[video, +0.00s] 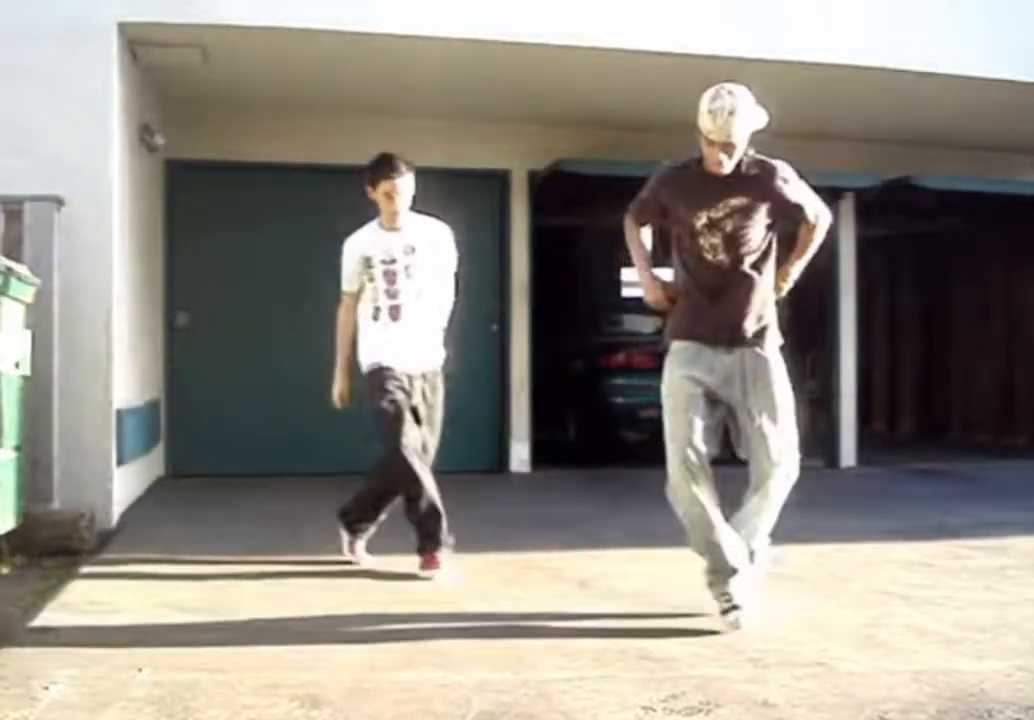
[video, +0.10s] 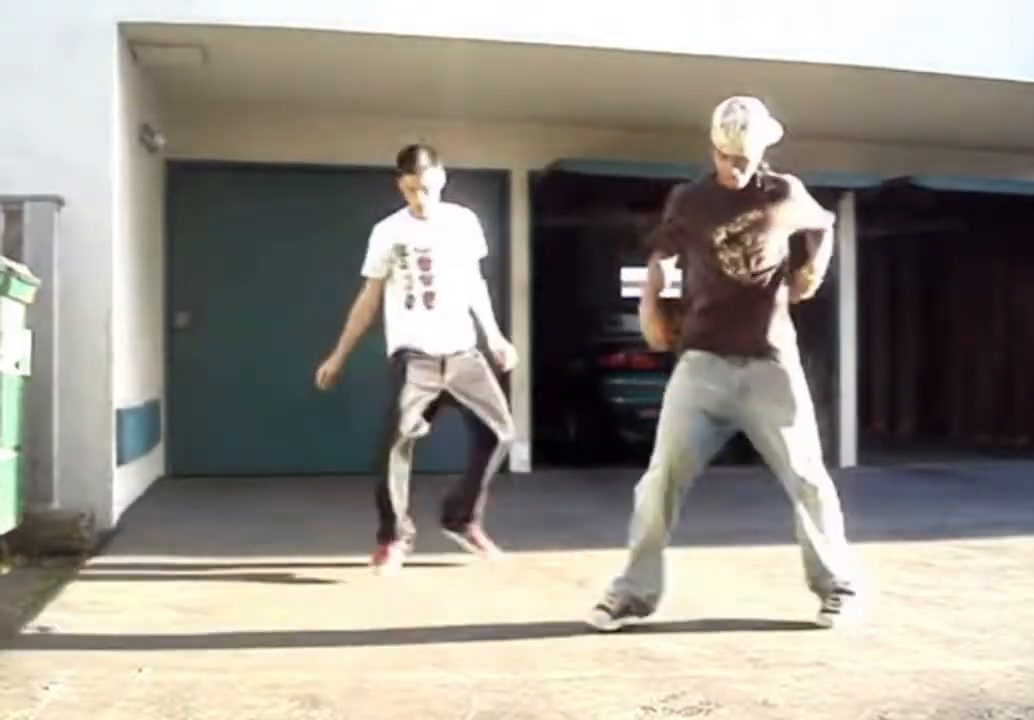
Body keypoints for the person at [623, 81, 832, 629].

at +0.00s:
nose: (723, 154)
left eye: (733, 144)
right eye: (715, 144)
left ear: (749, 135)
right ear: (701, 133)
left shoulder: (771, 178)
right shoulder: (672, 181)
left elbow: (817, 219)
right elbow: (634, 220)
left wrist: (785, 276)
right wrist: (648, 281)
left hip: (755, 342)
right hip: (690, 341)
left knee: (778, 461)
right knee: (684, 463)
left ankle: (739, 558)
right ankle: (725, 578)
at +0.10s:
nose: (734, 167)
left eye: (744, 158)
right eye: (726, 157)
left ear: (763, 150)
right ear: (713, 148)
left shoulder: (785, 193)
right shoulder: (687, 201)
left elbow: (822, 226)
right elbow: (657, 258)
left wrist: (810, 274)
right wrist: (650, 312)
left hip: (771, 365)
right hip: (701, 362)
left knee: (806, 476)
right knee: (663, 473)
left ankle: (836, 587)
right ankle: (634, 590)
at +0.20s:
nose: (733, 181)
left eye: (744, 171)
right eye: (726, 169)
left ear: (762, 164)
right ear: (714, 159)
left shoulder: (783, 213)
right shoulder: (685, 218)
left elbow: (825, 259)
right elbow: (664, 290)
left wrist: (837, 270)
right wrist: (666, 314)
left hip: (778, 380)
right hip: (709, 378)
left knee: (811, 484)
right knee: (669, 484)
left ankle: (847, 588)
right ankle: (596, 595)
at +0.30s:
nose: (725, 161)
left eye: (736, 152)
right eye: (718, 150)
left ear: (754, 145)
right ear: (705, 139)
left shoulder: (773, 187)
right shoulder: (674, 187)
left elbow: (835, 238)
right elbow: (619, 243)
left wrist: (799, 236)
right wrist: (675, 246)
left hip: (751, 352)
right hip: (687, 344)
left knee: (784, 467)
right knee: (674, 454)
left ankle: (823, 584)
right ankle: (623, 593)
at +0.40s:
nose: (713, 151)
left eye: (724, 142)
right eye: (706, 140)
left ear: (739, 136)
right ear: (690, 127)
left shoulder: (747, 175)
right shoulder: (657, 169)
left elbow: (788, 234)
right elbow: (608, 231)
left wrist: (733, 241)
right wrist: (680, 227)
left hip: (724, 336)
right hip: (664, 329)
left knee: (740, 452)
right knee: (671, 447)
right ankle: (695, 580)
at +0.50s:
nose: (700, 157)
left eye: (711, 147)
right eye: (693, 145)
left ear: (725, 141)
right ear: (677, 133)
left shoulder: (728, 183)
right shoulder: (643, 176)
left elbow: (752, 248)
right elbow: (607, 243)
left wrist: (689, 259)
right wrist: (676, 238)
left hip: (707, 340)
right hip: (650, 336)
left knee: (712, 461)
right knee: (674, 451)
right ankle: (732, 576)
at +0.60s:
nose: (678, 173)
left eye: (689, 163)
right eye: (671, 160)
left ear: (703, 160)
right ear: (655, 149)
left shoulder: (706, 206)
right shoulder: (621, 195)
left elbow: (732, 271)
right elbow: (583, 263)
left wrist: (695, 283)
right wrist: (643, 255)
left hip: (686, 365)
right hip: (630, 359)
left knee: (676, 478)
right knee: (663, 474)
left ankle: (625, 574)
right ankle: (732, 595)